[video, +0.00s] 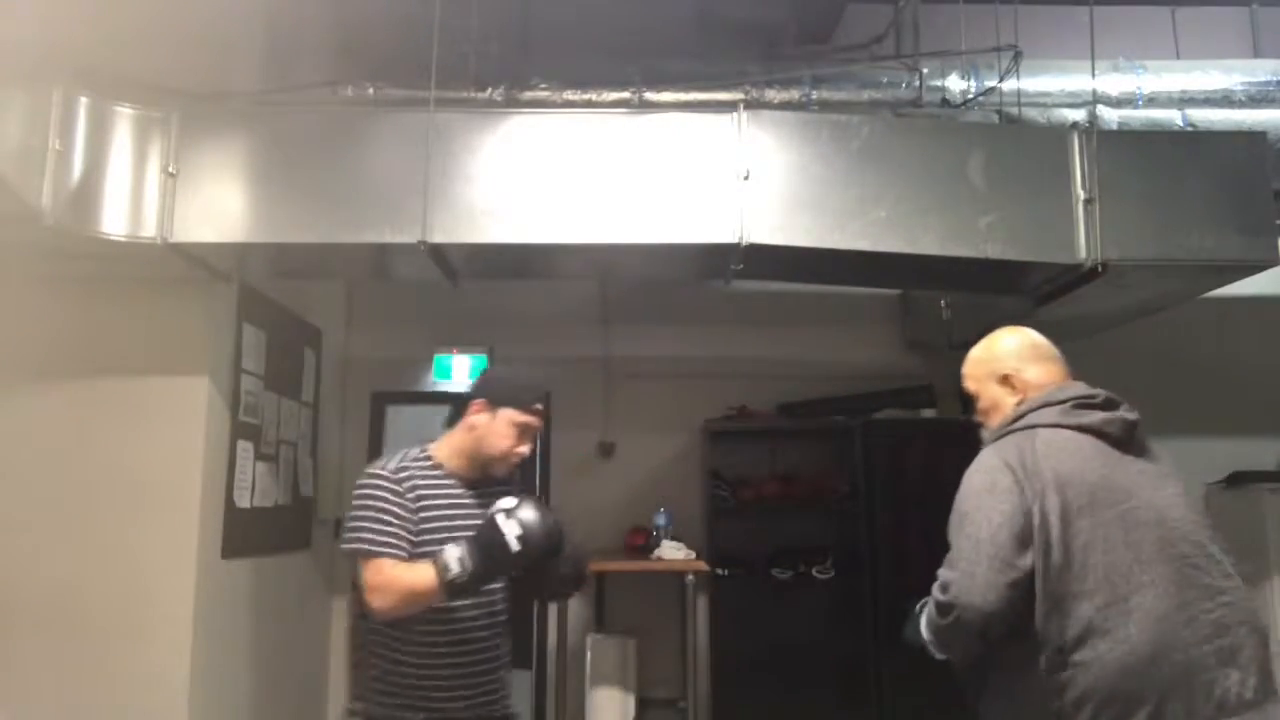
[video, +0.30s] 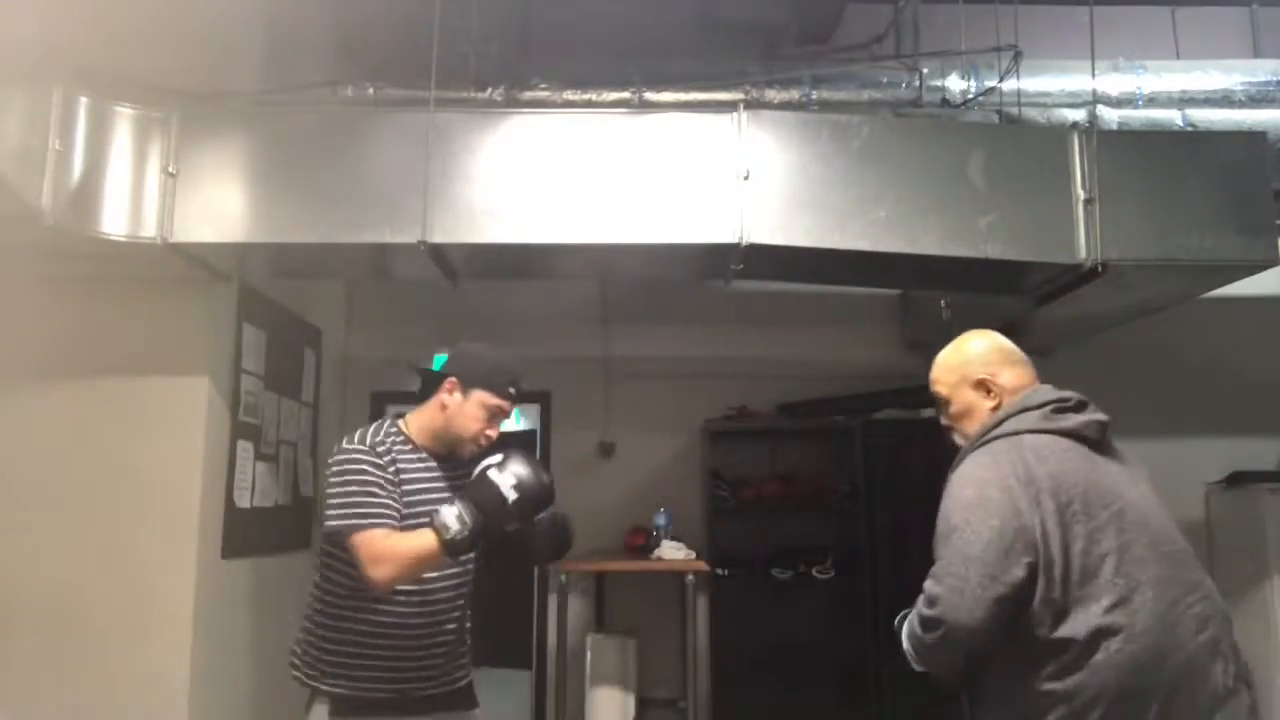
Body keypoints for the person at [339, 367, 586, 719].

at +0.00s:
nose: (527, 451)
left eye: (533, 440)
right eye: (520, 432)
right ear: (477, 412)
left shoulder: (497, 492)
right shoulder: (390, 480)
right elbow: (382, 594)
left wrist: (548, 573)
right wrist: (477, 556)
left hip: (488, 704)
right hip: (405, 707)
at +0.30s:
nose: (496, 433)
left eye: (502, 421)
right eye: (491, 414)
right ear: (450, 392)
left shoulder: (463, 465)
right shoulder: (363, 454)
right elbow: (380, 566)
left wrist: (525, 539)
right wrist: (473, 513)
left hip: (449, 693)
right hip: (365, 700)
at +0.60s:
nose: (517, 434)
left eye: (522, 422)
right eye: (513, 416)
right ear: (473, 396)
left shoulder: (480, 468)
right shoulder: (384, 452)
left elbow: (514, 552)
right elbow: (413, 549)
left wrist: (560, 493)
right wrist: (500, 493)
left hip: (458, 695)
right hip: (373, 700)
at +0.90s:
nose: (484, 435)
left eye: (490, 421)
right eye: (480, 415)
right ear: (435, 395)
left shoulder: (442, 471)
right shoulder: (343, 458)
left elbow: (457, 569)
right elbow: (374, 564)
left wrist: (518, 547)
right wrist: (463, 501)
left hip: (441, 703)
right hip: (351, 706)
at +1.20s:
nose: (456, 419)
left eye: (461, 404)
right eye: (448, 398)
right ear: (400, 389)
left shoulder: (428, 472)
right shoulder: (318, 464)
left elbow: (446, 561)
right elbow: (338, 580)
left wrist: (504, 535)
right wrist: (434, 523)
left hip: (422, 701)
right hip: (328, 708)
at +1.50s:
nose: (486, 435)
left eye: (486, 420)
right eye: (470, 417)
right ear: (419, 422)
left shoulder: (462, 493)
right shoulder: (354, 498)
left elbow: (470, 590)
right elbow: (413, 609)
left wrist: (509, 621)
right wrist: (491, 540)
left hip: (454, 707)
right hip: (365, 711)